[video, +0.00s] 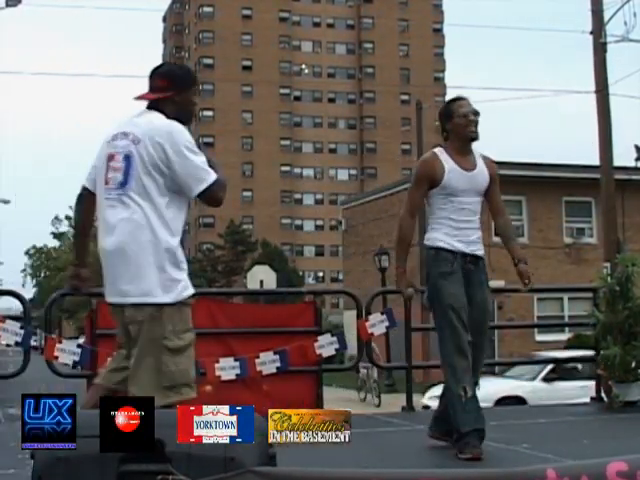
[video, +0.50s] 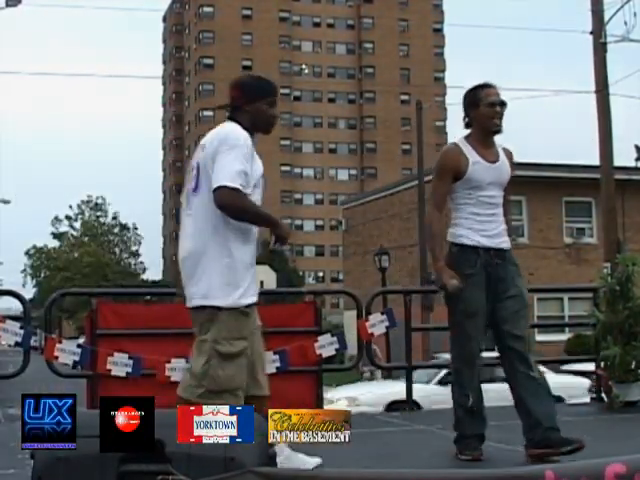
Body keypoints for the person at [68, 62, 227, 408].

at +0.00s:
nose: (196, 104)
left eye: (196, 96)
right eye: (192, 96)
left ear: (155, 97)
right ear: (174, 97)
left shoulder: (117, 134)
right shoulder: (170, 133)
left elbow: (86, 199)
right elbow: (215, 194)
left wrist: (79, 264)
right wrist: (201, 159)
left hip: (120, 280)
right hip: (159, 281)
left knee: (130, 357)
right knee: (171, 383)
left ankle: (86, 415)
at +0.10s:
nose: (211, 104)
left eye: (211, 96)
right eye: (207, 95)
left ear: (170, 97)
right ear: (187, 97)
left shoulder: (132, 134)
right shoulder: (185, 132)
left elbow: (103, 203)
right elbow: (219, 199)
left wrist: (114, 269)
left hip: (135, 279)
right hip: (172, 280)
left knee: (157, 364)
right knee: (180, 385)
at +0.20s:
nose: (225, 104)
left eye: (225, 96)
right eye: (220, 97)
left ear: (185, 97)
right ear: (201, 98)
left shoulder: (146, 135)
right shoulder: (199, 133)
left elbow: (120, 204)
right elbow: (218, 202)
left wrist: (139, 253)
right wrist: (241, 216)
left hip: (151, 278)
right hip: (185, 280)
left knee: (179, 377)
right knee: (190, 383)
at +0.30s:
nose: (243, 108)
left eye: (242, 100)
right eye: (238, 100)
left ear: (204, 100)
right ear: (216, 100)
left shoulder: (167, 135)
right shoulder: (211, 135)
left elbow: (139, 205)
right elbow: (217, 201)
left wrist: (163, 246)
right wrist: (250, 218)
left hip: (166, 277)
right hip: (196, 280)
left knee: (185, 374)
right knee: (201, 381)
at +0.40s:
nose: (260, 111)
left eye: (259, 103)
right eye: (254, 103)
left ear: (222, 103)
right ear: (229, 103)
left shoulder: (190, 137)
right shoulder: (223, 137)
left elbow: (161, 208)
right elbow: (221, 200)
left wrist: (179, 258)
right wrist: (261, 220)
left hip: (189, 282)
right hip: (208, 284)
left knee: (231, 385)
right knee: (203, 387)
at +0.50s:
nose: (275, 113)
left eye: (275, 105)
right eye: (269, 105)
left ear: (241, 107)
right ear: (245, 106)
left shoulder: (219, 140)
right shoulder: (233, 138)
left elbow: (209, 209)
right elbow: (227, 197)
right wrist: (273, 222)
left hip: (228, 284)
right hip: (221, 286)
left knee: (253, 378)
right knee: (211, 385)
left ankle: (267, 448)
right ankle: (191, 462)